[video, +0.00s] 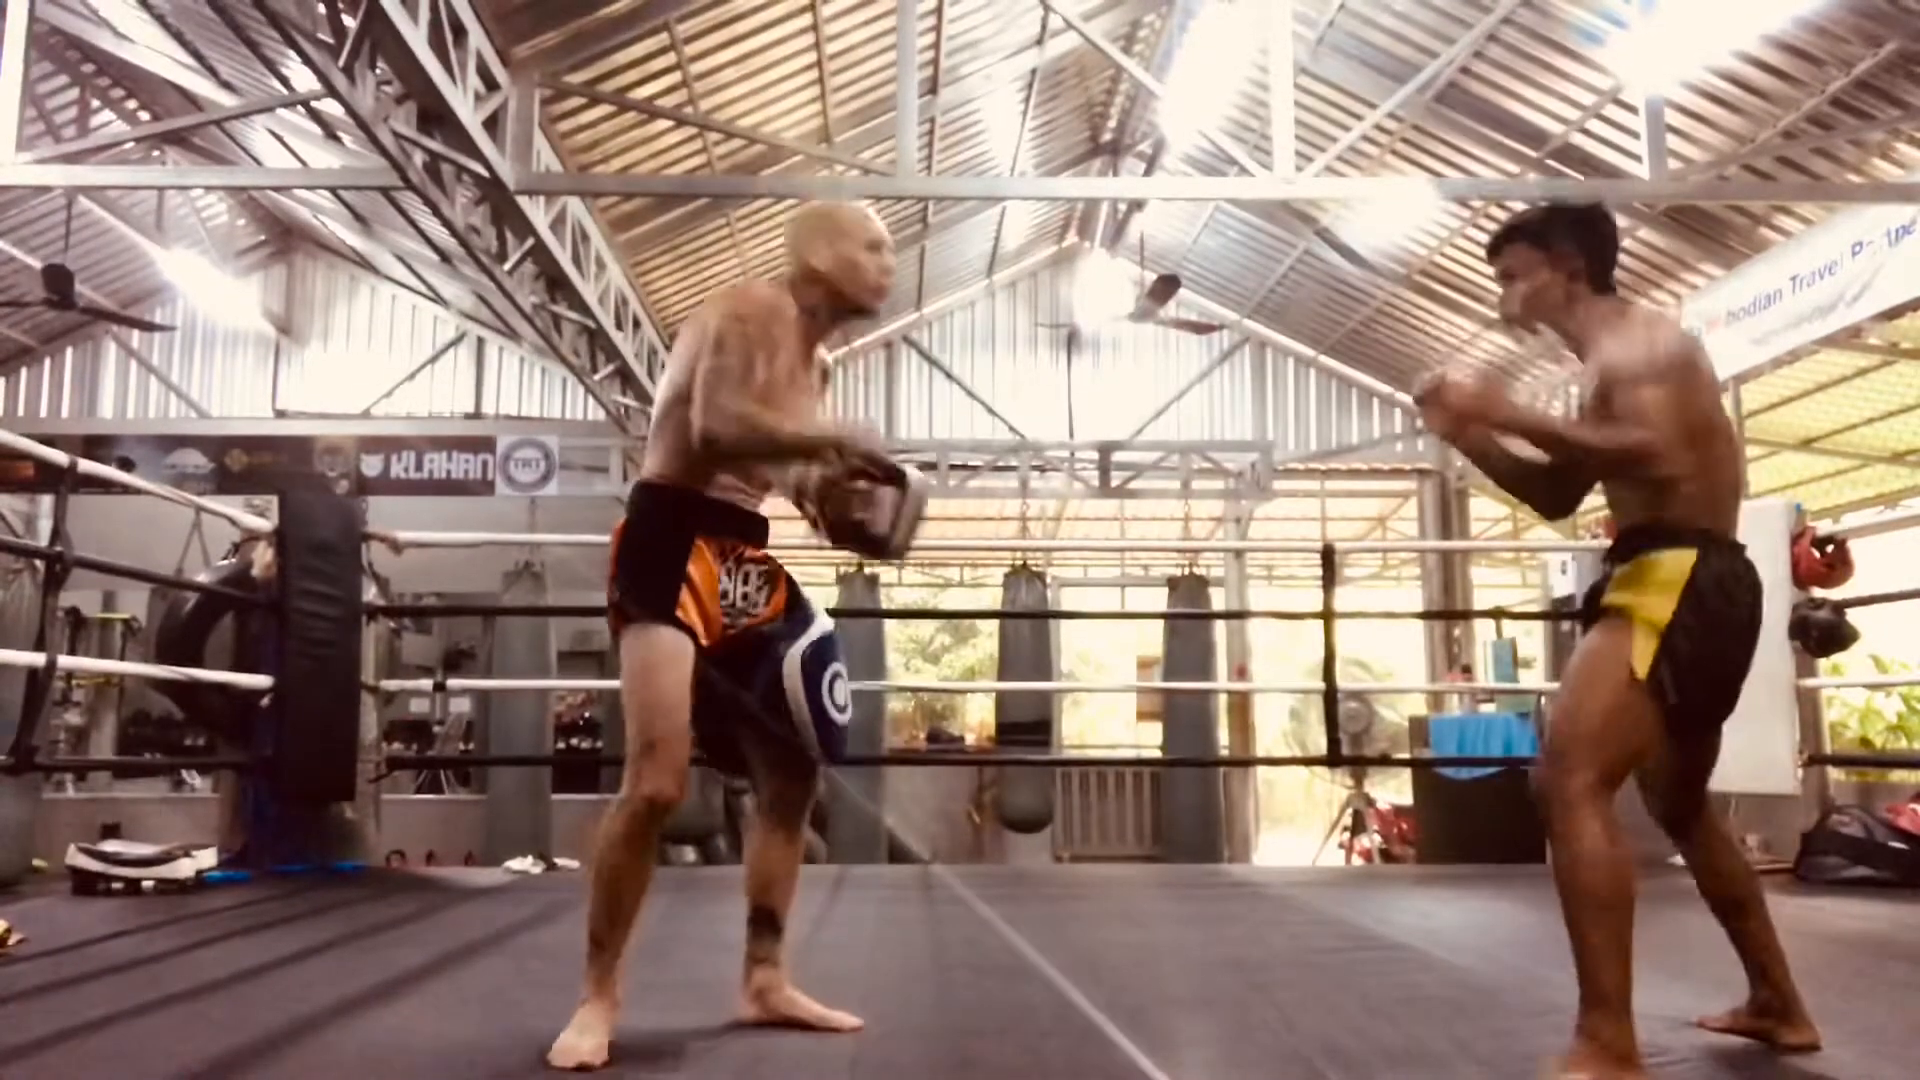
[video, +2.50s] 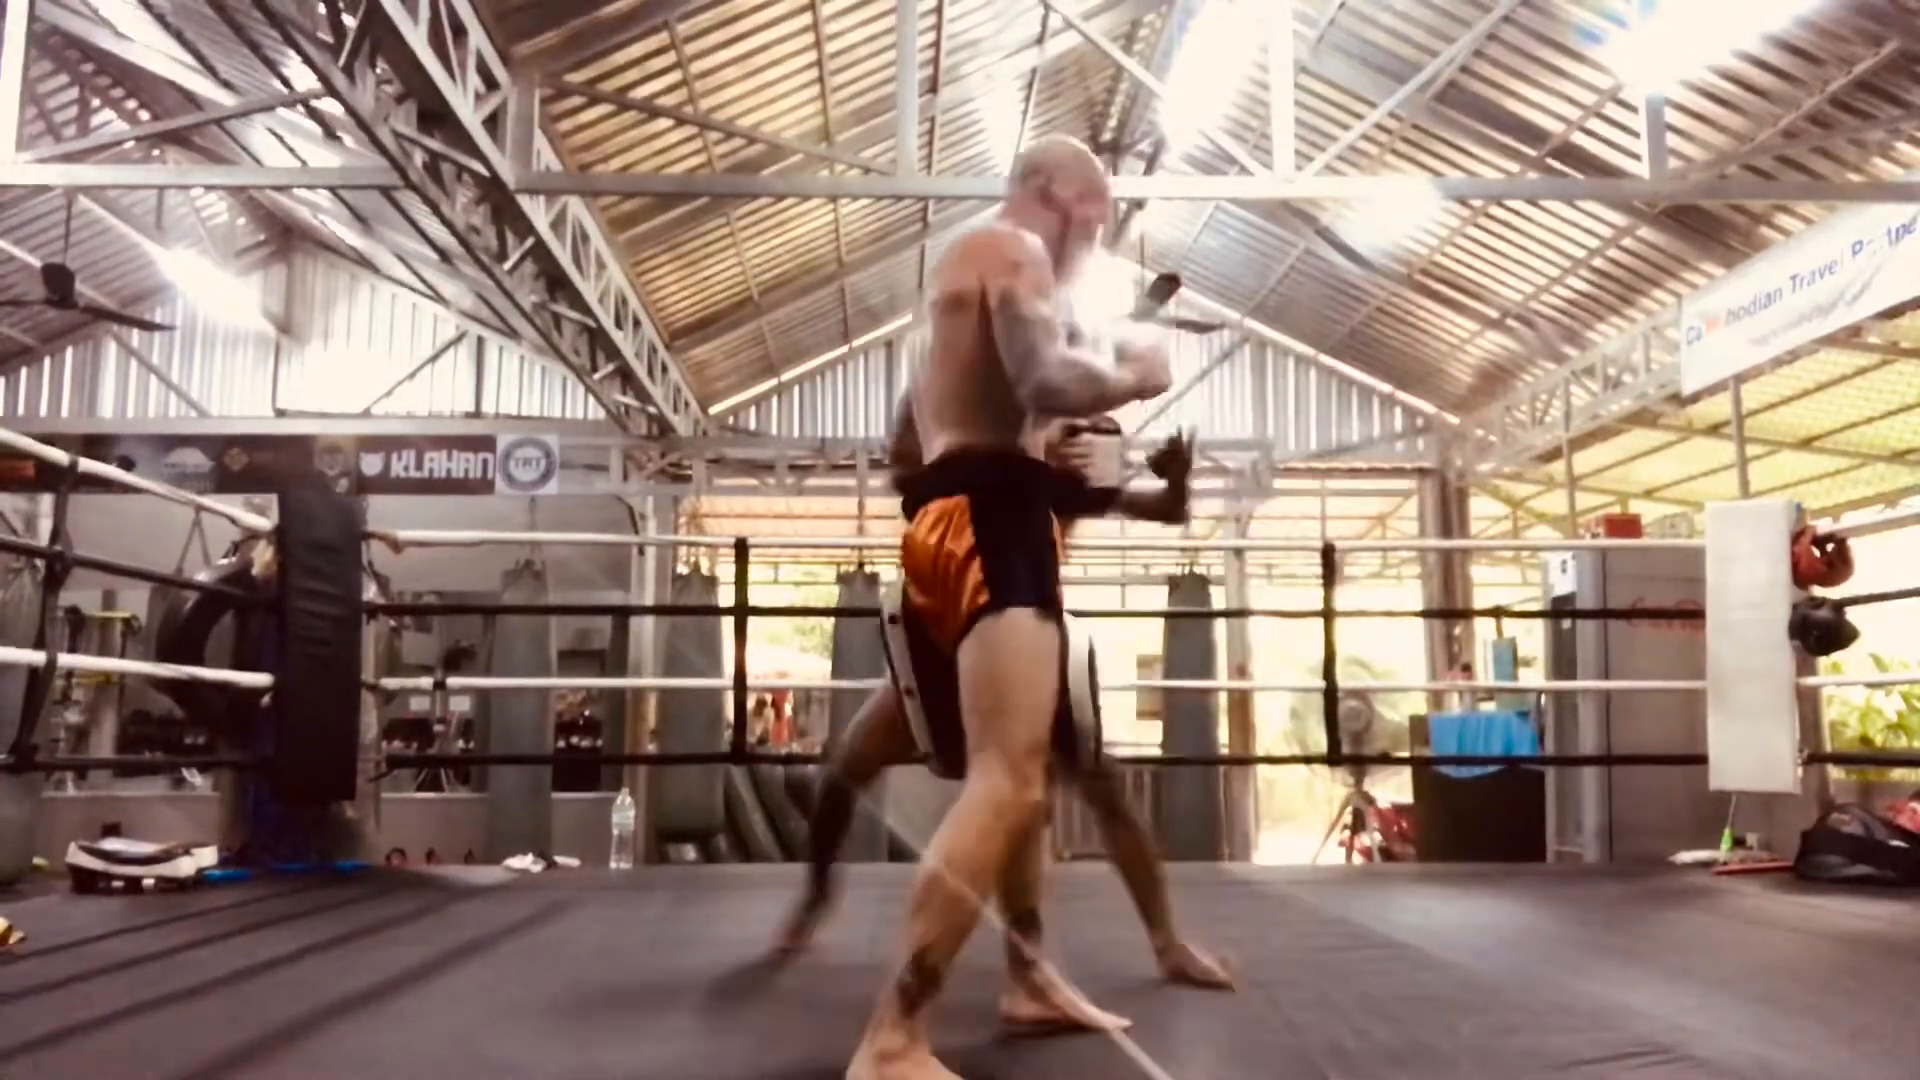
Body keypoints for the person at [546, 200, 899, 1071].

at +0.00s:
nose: (887, 273)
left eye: (887, 257)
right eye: (874, 254)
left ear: (838, 267)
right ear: (823, 257)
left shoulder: (806, 360)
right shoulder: (751, 308)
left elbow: (783, 464)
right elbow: (717, 424)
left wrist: (833, 504)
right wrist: (835, 442)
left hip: (742, 550)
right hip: (672, 534)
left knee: (792, 770)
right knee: (656, 785)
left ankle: (765, 981)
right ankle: (598, 998)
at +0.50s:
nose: (857, 292)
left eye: (857, 277)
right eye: (842, 276)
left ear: (808, 286)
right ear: (791, 281)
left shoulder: (779, 372)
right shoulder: (712, 320)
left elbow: (781, 491)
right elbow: (730, 423)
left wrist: (843, 465)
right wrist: (853, 397)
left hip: (707, 562)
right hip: (624, 549)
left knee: (781, 770)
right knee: (561, 791)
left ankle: (764, 980)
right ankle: (471, 992)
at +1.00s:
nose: (881, 300)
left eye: (881, 284)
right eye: (868, 280)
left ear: (833, 287)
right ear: (816, 278)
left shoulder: (815, 385)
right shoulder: (733, 333)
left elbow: (833, 497)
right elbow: (740, 425)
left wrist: (904, 433)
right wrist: (884, 450)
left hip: (751, 576)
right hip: (665, 563)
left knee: (877, 745)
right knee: (572, 796)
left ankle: (876, 962)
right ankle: (473, 996)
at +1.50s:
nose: (1029, 300)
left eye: (1034, 290)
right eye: (1022, 279)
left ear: (1011, 296)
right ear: (974, 265)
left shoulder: (985, 371)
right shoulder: (919, 318)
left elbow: (1047, 458)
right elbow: (808, 400)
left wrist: (1049, 366)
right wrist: (803, 409)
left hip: (959, 566)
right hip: (968, 494)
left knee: (1039, 774)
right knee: (1204, 462)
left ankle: (1024, 980)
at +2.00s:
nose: (1109, 288)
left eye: (1116, 272)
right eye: (1103, 266)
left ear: (1061, 250)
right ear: (1054, 243)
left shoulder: (1017, 323)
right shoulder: (990, 288)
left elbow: (1002, 487)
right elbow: (1106, 385)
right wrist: (1193, 323)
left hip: (977, 545)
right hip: (930, 534)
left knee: (1044, 767)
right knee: (984, 786)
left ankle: (1022, 982)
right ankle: (901, 1042)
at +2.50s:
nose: (1102, 233)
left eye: (1106, 218)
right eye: (1100, 213)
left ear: (1034, 190)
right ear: (1056, 193)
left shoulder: (969, 262)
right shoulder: (1011, 248)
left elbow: (922, 442)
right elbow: (1044, 380)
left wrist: (1053, 457)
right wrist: (1136, 373)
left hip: (947, 512)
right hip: (989, 504)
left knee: (1020, 771)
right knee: (1006, 776)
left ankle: (1031, 977)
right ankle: (890, 1039)